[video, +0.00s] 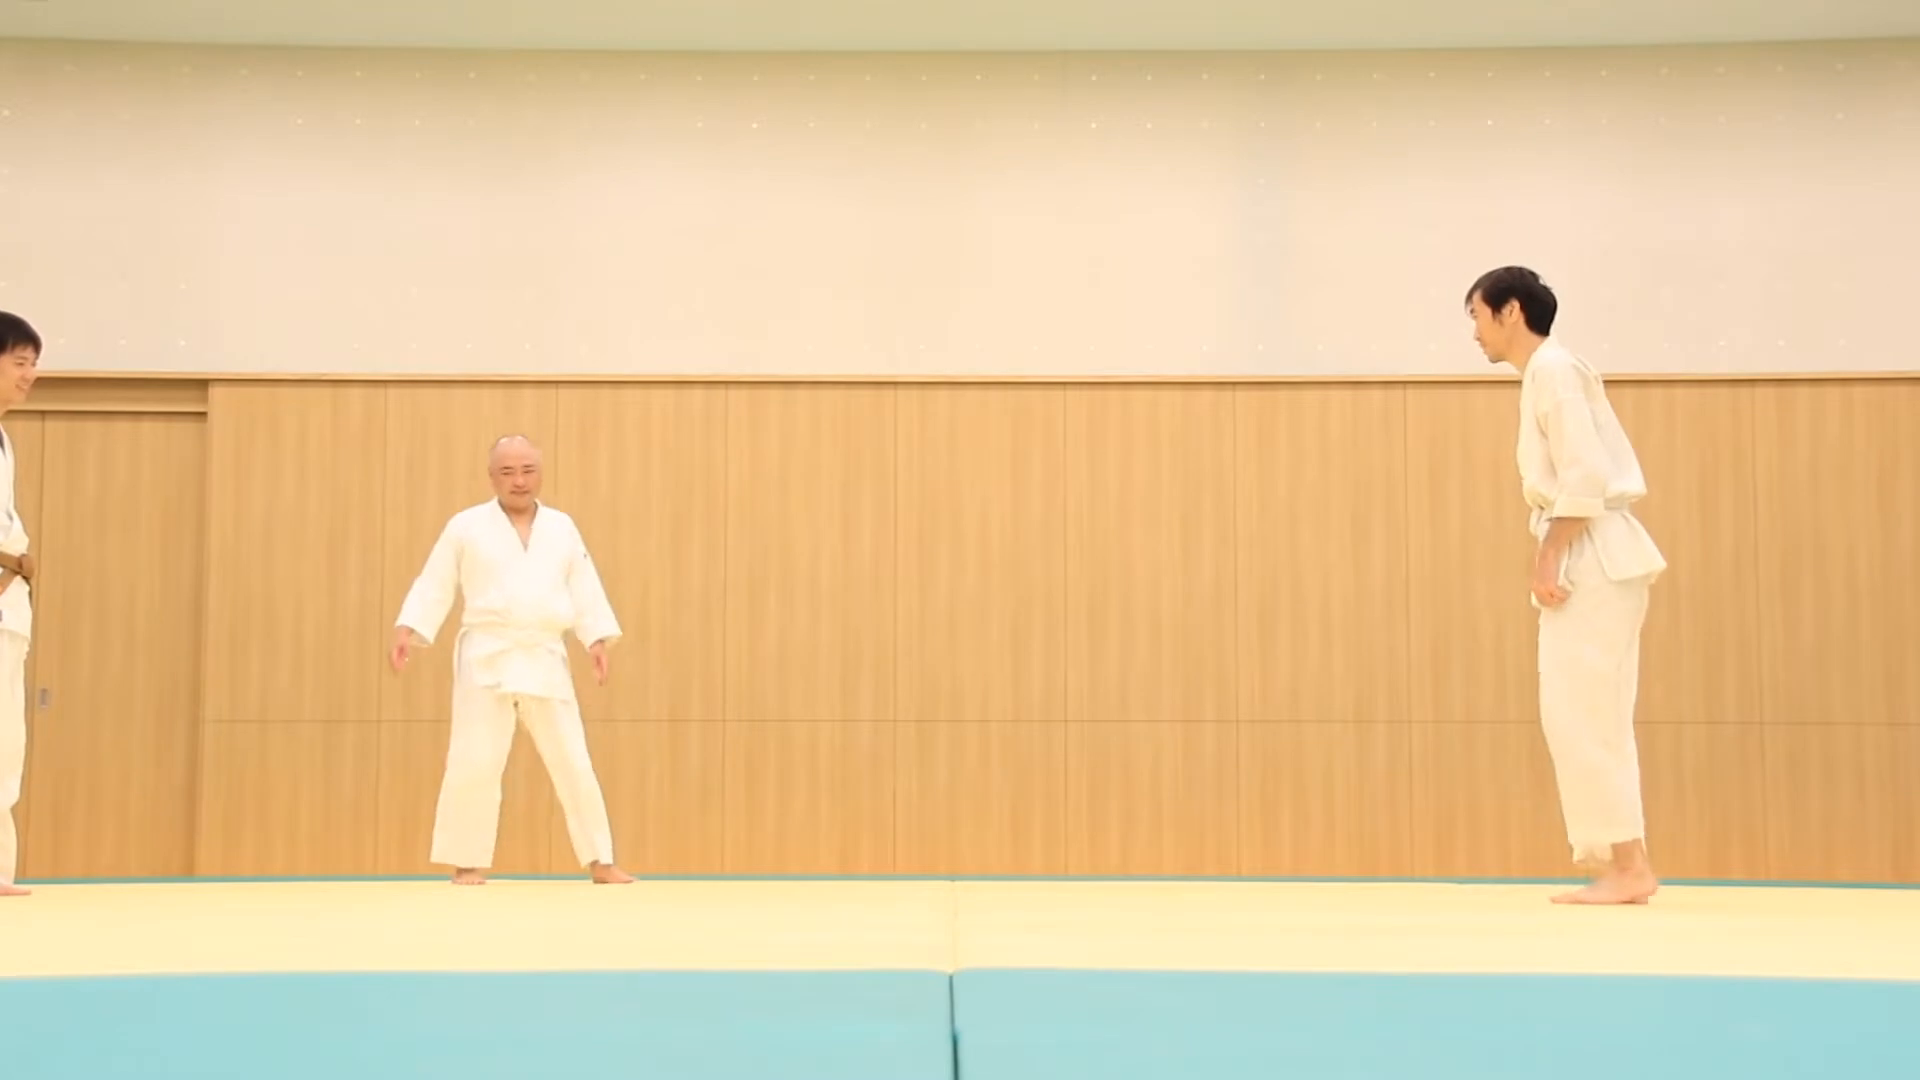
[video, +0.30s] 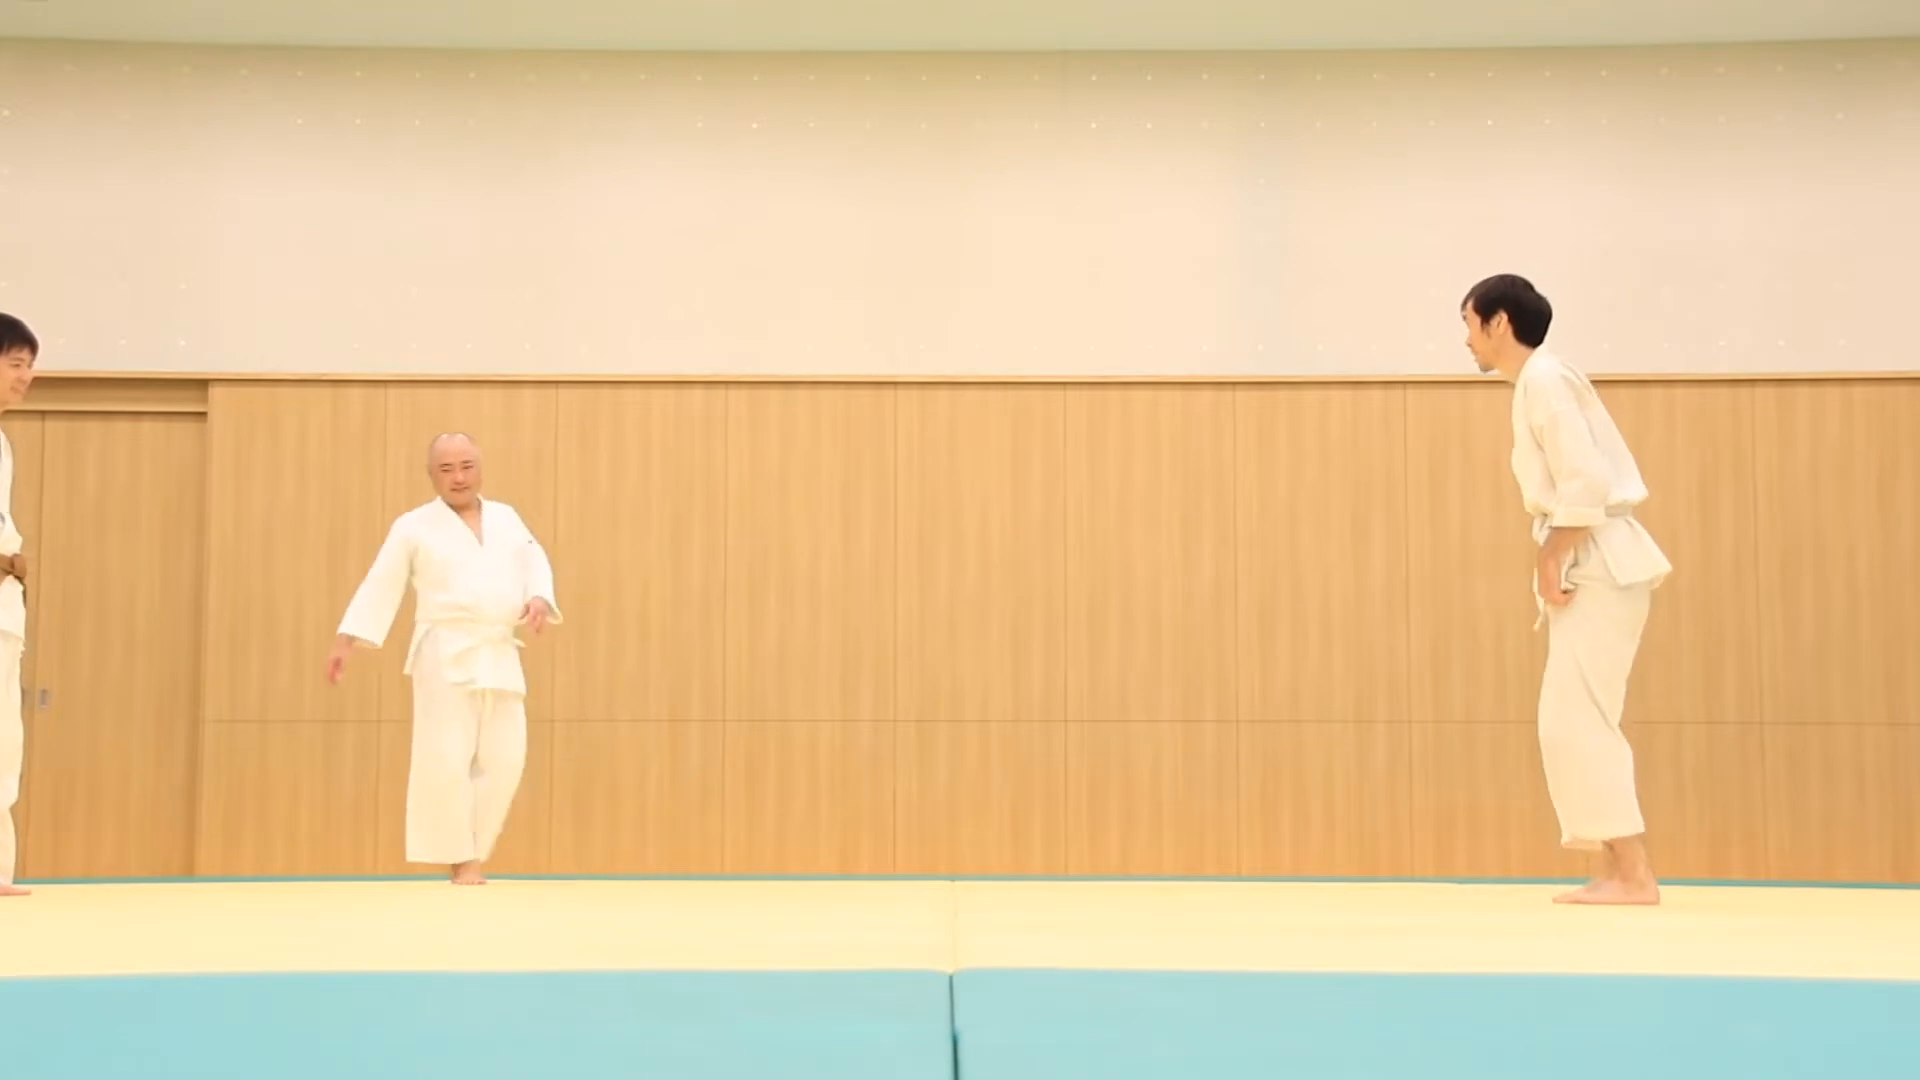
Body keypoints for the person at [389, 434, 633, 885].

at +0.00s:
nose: (519, 479)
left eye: (528, 470)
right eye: (508, 471)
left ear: (540, 474)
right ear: (491, 476)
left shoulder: (560, 526)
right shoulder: (467, 526)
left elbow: (583, 584)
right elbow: (436, 582)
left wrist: (596, 637)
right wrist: (408, 627)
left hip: (544, 656)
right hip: (485, 656)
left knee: (572, 759)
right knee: (476, 760)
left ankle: (600, 862)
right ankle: (469, 865)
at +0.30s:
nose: (458, 476)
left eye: (467, 466)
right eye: (447, 468)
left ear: (480, 469)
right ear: (432, 474)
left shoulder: (505, 518)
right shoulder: (415, 526)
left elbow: (535, 560)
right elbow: (380, 584)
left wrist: (539, 596)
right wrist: (344, 639)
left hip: (498, 653)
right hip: (444, 654)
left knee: (506, 757)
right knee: (451, 755)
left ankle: (471, 856)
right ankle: (464, 860)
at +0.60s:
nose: (420, 479)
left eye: (427, 470)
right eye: (407, 472)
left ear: (438, 474)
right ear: (389, 480)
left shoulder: (456, 527)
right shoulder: (365, 529)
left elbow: (482, 577)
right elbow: (332, 592)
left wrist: (501, 617)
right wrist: (302, 652)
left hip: (439, 660)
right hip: (386, 659)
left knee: (412, 760)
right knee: (411, 758)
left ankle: (355, 859)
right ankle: (456, 861)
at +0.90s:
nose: (384, 471)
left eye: (391, 462)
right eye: (373, 463)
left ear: (402, 467)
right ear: (352, 471)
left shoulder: (413, 522)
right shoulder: (323, 516)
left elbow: (425, 592)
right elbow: (277, 568)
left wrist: (421, 652)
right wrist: (231, 620)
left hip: (384, 655)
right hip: (330, 651)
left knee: (375, 758)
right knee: (329, 751)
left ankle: (362, 858)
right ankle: (333, 855)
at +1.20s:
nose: (321, 471)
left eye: (330, 461)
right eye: (309, 463)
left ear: (343, 467)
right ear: (293, 469)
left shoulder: (360, 522)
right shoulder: (267, 517)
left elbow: (376, 591)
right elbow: (237, 577)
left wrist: (376, 654)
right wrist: (214, 626)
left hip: (339, 656)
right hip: (277, 653)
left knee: (342, 761)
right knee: (241, 751)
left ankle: (350, 863)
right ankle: (210, 861)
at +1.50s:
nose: (231, 472)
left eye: (241, 463)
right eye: (221, 464)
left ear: (262, 468)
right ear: (211, 471)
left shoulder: (291, 521)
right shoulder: (191, 525)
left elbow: (319, 578)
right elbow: (167, 592)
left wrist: (338, 629)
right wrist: (154, 657)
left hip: (262, 662)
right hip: (199, 661)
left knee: (293, 761)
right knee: (192, 765)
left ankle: (313, 858)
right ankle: (204, 866)